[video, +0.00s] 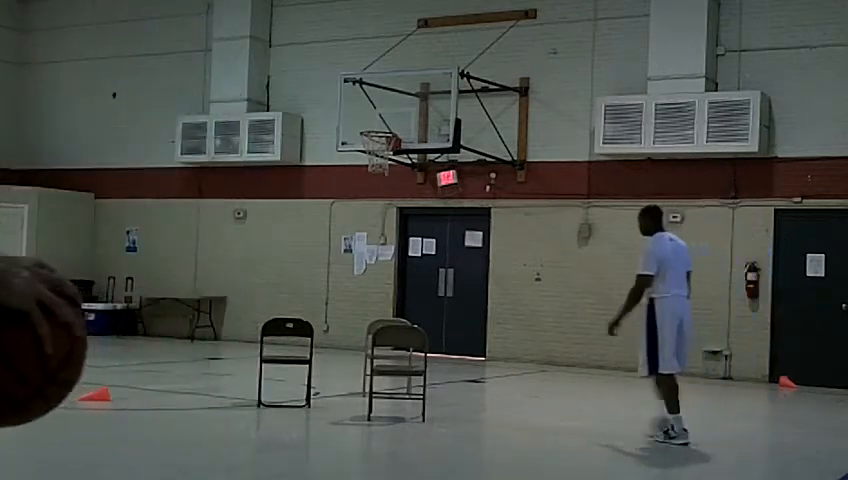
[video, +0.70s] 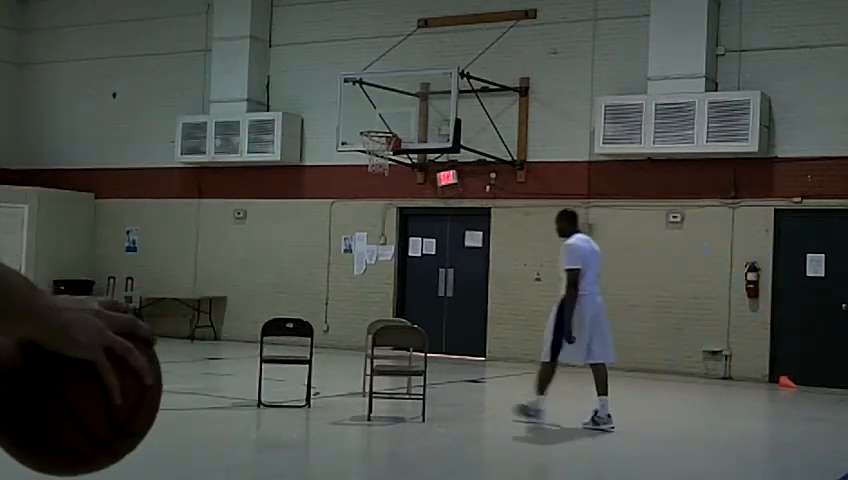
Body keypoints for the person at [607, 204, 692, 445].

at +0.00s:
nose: (639, 226)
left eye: (641, 221)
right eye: (639, 221)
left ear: (649, 222)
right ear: (661, 220)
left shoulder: (653, 245)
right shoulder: (680, 244)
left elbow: (641, 286)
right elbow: (687, 278)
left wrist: (618, 318)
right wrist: (683, 304)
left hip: (661, 305)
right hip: (681, 304)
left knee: (662, 368)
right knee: (665, 366)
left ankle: (677, 428)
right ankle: (670, 419)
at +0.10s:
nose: (628, 228)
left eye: (630, 223)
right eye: (628, 223)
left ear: (638, 224)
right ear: (648, 223)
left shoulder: (641, 248)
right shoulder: (668, 246)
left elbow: (626, 288)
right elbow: (675, 281)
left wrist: (603, 314)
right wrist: (671, 305)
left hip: (650, 305)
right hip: (669, 304)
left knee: (658, 367)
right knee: (646, 364)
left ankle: (677, 427)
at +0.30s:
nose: (604, 231)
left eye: (606, 226)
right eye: (604, 226)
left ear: (614, 227)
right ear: (624, 226)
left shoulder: (616, 248)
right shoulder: (642, 249)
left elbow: (603, 287)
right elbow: (647, 288)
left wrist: (583, 321)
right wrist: (643, 312)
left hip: (624, 307)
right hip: (640, 306)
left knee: (629, 368)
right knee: (612, 364)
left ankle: (665, 415)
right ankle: (605, 417)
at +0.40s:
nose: (593, 229)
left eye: (595, 225)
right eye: (594, 224)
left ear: (603, 225)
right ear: (613, 224)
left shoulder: (605, 247)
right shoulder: (628, 246)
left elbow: (594, 285)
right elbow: (633, 282)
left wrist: (579, 322)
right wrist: (627, 308)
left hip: (610, 306)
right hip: (627, 305)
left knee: (607, 365)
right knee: (607, 364)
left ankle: (641, 402)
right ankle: (603, 415)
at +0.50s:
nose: (581, 226)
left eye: (583, 221)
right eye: (582, 221)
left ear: (591, 222)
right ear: (602, 221)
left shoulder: (595, 244)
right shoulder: (616, 243)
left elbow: (587, 284)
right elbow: (620, 278)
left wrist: (578, 319)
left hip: (599, 307)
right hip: (614, 306)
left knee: (580, 361)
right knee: (603, 360)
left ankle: (609, 401)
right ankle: (604, 413)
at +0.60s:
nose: (570, 226)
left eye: (572, 222)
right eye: (570, 222)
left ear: (579, 222)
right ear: (590, 221)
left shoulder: (583, 244)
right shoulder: (605, 243)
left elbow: (581, 284)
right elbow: (607, 279)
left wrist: (572, 321)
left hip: (585, 307)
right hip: (604, 307)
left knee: (560, 355)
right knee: (599, 358)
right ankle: (604, 413)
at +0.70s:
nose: (556, 228)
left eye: (558, 224)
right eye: (556, 224)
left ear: (565, 225)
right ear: (575, 223)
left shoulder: (571, 245)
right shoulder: (591, 244)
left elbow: (572, 286)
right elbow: (591, 282)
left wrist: (566, 322)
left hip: (574, 305)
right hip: (594, 305)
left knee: (551, 355)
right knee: (596, 359)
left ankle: (536, 404)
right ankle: (603, 413)